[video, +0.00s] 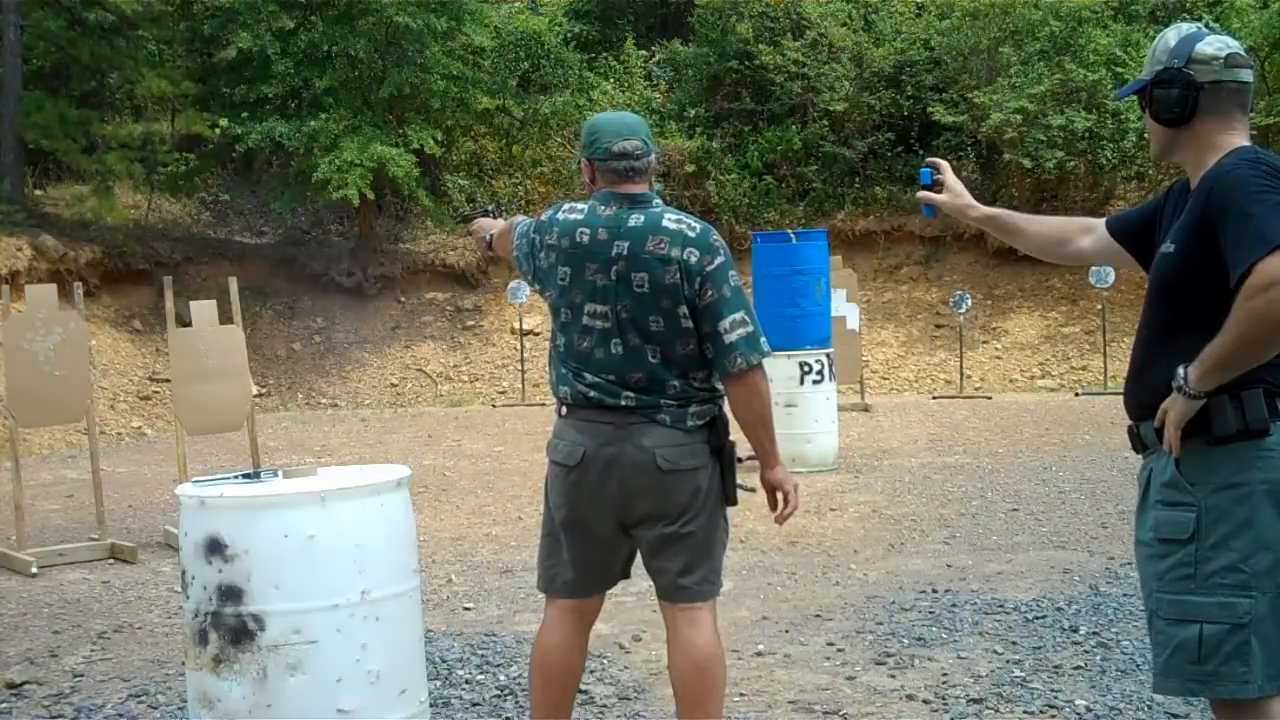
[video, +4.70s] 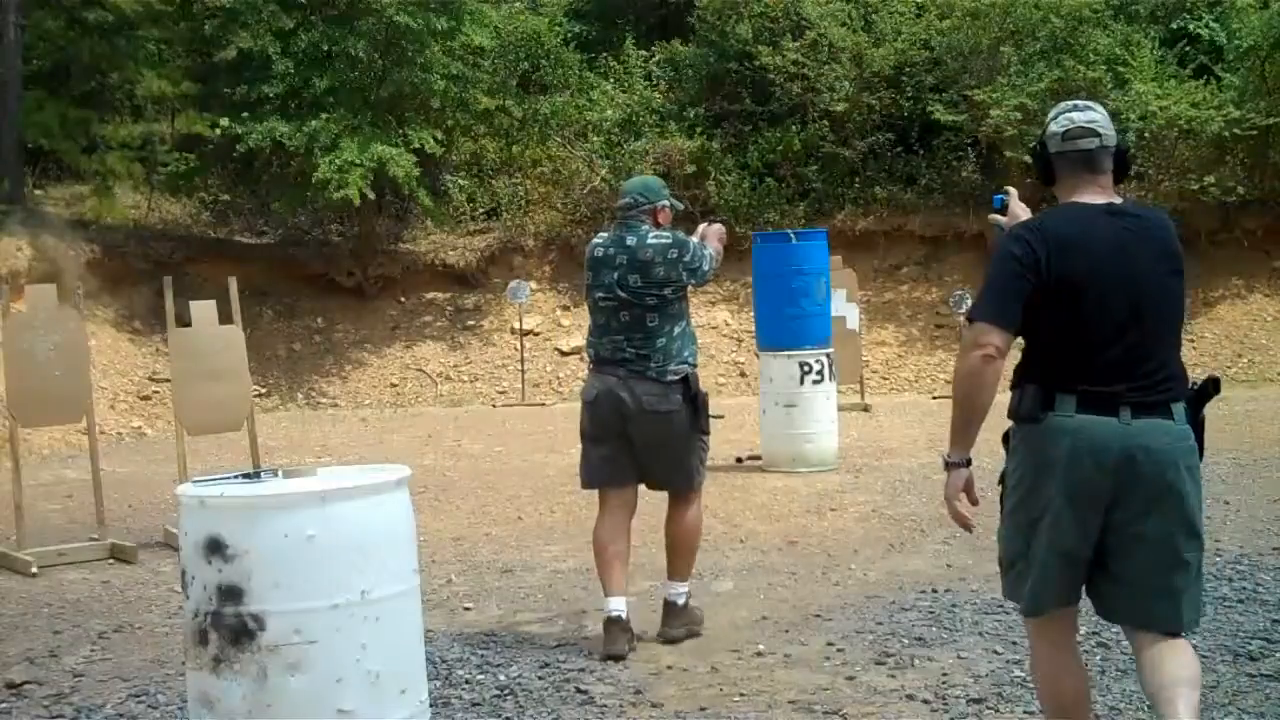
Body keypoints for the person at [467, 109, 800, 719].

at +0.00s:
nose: (582, 171)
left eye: (583, 164)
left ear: (588, 171)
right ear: (653, 167)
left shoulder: (560, 230)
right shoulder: (698, 241)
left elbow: (507, 241)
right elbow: (740, 364)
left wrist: (490, 227)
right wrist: (770, 460)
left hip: (583, 446)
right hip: (678, 450)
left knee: (568, 609)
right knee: (691, 611)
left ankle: (548, 716)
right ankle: (702, 715)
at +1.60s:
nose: (583, 174)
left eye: (584, 167)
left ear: (590, 172)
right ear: (656, 167)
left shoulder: (562, 234)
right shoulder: (697, 240)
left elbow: (528, 236)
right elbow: (745, 365)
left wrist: (529, 230)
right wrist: (776, 456)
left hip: (584, 446)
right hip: (682, 450)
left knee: (569, 607)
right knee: (693, 611)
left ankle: (547, 715)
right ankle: (703, 718)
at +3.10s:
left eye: (611, 167)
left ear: (613, 173)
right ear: (679, 171)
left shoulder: (578, 237)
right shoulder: (715, 246)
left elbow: (558, 313)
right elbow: (759, 365)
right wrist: (773, 430)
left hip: (600, 448)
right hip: (694, 453)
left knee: (575, 608)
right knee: (699, 614)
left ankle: (550, 713)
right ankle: (706, 718)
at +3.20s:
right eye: (679, 169)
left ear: (622, 177)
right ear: (685, 176)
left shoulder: (587, 247)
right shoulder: (723, 249)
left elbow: (565, 343)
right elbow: (768, 364)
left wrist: (628, 360)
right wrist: (723, 381)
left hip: (606, 453)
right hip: (699, 455)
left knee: (576, 603)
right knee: (702, 614)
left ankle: (565, 713)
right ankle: (706, 717)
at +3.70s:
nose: (652, 212)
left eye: (645, 205)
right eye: (650, 204)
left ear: (590, 211)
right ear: (642, 208)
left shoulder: (561, 263)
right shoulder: (676, 259)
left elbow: (552, 350)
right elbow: (718, 347)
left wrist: (609, 332)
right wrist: (682, 311)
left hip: (573, 432)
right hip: (656, 433)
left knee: (579, 575)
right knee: (689, 574)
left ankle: (586, 708)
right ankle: (696, 696)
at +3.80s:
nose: (646, 209)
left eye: (640, 202)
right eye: (644, 202)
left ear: (584, 207)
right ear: (635, 205)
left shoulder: (557, 254)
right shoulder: (660, 249)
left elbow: (574, 316)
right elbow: (702, 314)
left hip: (566, 425)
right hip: (645, 428)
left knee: (577, 575)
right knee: (679, 557)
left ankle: (585, 708)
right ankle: (665, 654)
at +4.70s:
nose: (671, 216)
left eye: (668, 209)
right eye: (669, 209)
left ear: (623, 211)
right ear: (659, 213)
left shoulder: (597, 249)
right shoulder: (673, 248)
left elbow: (642, 260)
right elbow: (705, 266)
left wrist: (694, 240)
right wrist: (711, 240)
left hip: (604, 388)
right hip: (664, 391)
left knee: (614, 503)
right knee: (684, 495)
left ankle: (615, 622)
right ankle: (677, 608)